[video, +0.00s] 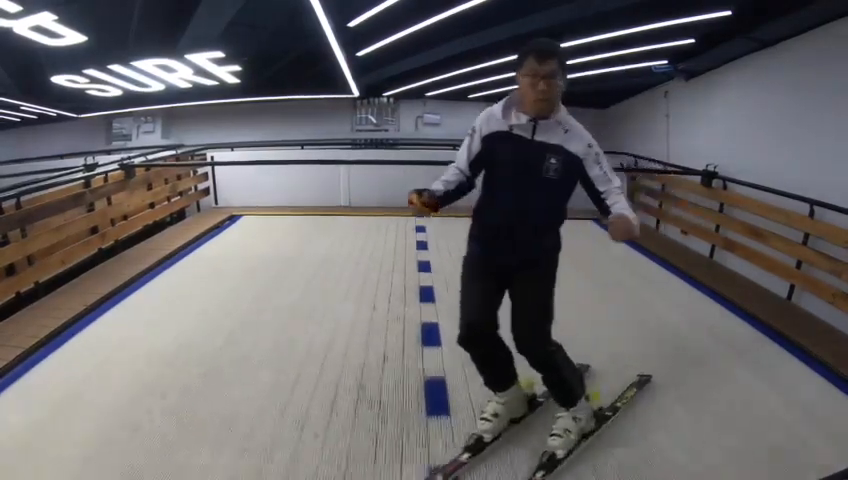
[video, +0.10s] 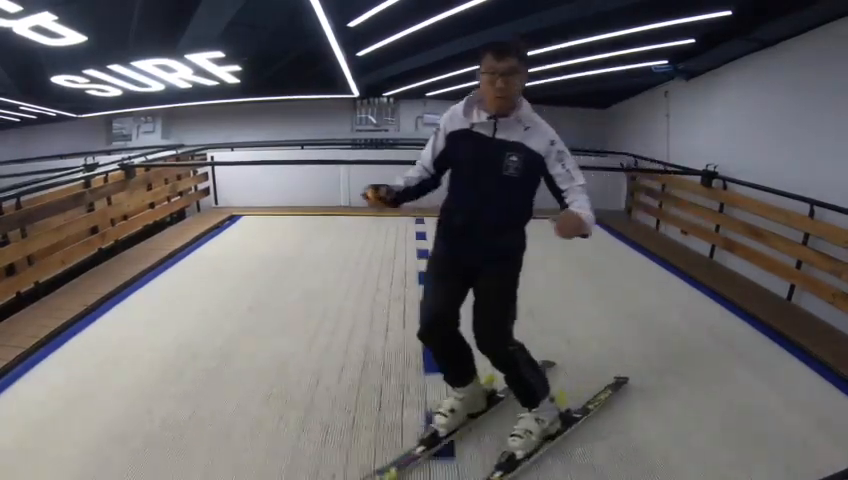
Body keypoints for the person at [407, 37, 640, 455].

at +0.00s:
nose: (542, 86)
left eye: (551, 78)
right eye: (533, 77)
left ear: (563, 83)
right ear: (518, 80)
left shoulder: (576, 139)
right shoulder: (489, 122)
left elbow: (608, 191)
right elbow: (462, 172)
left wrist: (620, 214)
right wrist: (434, 196)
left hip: (536, 253)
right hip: (485, 247)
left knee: (531, 340)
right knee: (474, 332)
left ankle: (575, 403)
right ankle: (509, 395)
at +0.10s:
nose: (499, 84)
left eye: (509, 75)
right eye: (491, 75)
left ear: (524, 78)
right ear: (479, 77)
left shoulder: (540, 137)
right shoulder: (454, 121)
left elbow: (573, 189)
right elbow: (427, 173)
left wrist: (579, 216)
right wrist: (395, 194)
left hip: (501, 250)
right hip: (452, 243)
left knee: (492, 336)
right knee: (434, 326)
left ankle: (541, 408)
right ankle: (467, 390)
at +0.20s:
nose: (453, 81)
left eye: (462, 72)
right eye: (445, 73)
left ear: (478, 75)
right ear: (433, 76)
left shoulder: (497, 131)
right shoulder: (413, 119)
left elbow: (532, 186)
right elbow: (387, 171)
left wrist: (533, 212)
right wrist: (352, 190)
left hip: (461, 248)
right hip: (413, 240)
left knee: (448, 333)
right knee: (392, 323)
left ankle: (500, 407)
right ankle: (425, 383)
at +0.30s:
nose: (402, 76)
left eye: (412, 67)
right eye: (395, 68)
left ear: (431, 68)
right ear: (386, 70)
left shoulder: (450, 124)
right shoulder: (369, 116)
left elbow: (489, 178)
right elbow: (345, 165)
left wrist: (490, 204)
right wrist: (307, 184)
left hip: (419, 240)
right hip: (372, 234)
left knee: (408, 326)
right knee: (351, 314)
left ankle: (459, 402)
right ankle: (384, 375)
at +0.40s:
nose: (355, 67)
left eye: (365, 58)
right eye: (349, 59)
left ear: (386, 63)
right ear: (342, 64)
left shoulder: (404, 113)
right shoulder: (325, 108)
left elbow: (441, 161)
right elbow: (303, 158)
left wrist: (446, 190)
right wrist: (266, 177)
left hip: (377, 229)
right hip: (331, 225)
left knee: (372, 314)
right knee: (313, 307)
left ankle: (420, 387)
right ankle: (343, 367)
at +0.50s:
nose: (310, 64)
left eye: (321, 56)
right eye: (304, 56)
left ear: (342, 59)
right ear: (298, 59)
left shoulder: (362, 108)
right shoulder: (286, 105)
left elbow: (402, 153)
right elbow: (263, 155)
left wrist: (403, 184)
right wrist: (225, 174)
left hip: (339, 221)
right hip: (294, 218)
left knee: (326, 303)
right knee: (279, 301)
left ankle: (369, 371)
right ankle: (305, 357)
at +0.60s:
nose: (270, 67)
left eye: (280, 58)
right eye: (265, 59)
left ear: (302, 62)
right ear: (259, 63)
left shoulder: (324, 107)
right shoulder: (251, 109)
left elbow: (369, 153)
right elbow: (230, 158)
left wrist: (366, 184)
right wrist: (191, 175)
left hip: (307, 220)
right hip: (262, 217)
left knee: (287, 302)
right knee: (246, 300)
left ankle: (317, 364)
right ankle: (267, 350)